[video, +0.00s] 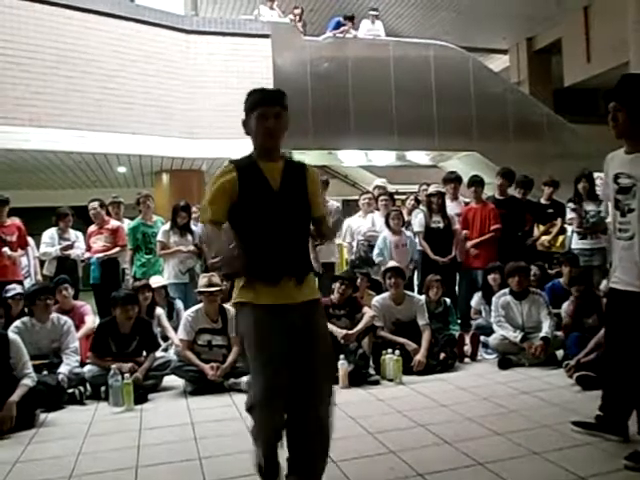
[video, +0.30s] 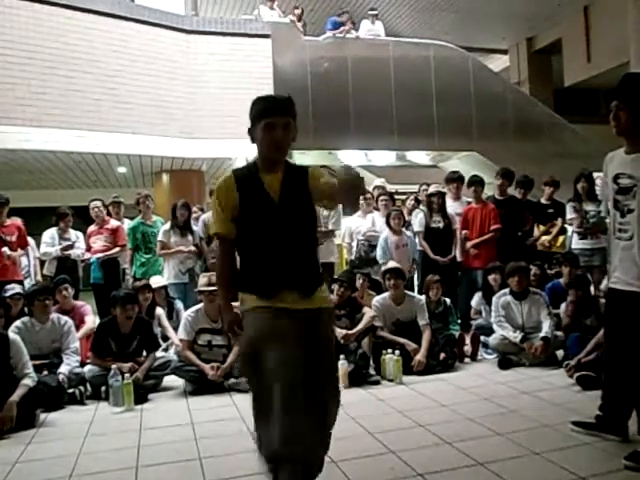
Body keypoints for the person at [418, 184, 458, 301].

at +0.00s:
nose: (436, 200)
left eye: (439, 197)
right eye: (433, 196)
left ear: (443, 200)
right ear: (428, 199)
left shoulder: (449, 217)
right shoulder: (423, 216)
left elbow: (454, 236)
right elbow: (420, 238)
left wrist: (453, 253)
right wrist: (432, 256)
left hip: (448, 259)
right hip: (430, 259)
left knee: (448, 292)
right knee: (428, 291)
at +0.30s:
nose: (437, 200)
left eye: (440, 197)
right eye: (434, 196)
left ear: (443, 199)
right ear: (429, 199)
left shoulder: (449, 216)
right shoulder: (423, 216)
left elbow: (454, 236)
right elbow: (421, 238)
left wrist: (453, 253)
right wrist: (433, 256)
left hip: (448, 259)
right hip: (430, 259)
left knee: (448, 293)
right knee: (429, 292)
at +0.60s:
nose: (437, 200)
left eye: (440, 197)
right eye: (433, 196)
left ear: (443, 199)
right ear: (429, 199)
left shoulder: (449, 216)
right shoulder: (423, 216)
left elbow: (454, 236)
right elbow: (420, 238)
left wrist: (451, 254)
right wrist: (433, 256)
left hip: (447, 259)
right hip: (429, 259)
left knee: (448, 292)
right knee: (429, 291)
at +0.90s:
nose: (436, 200)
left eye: (439, 197)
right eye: (433, 196)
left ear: (443, 199)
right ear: (428, 199)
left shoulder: (448, 216)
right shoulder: (423, 216)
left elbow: (454, 236)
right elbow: (420, 238)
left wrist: (451, 254)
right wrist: (432, 256)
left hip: (447, 259)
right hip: (429, 258)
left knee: (448, 291)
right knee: (429, 290)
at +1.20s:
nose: (438, 199)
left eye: (441, 196)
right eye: (434, 196)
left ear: (444, 199)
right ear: (430, 198)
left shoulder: (448, 217)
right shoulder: (423, 216)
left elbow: (453, 236)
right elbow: (419, 238)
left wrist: (451, 254)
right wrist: (432, 256)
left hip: (447, 259)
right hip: (429, 259)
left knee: (447, 291)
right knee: (428, 290)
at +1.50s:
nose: (437, 201)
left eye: (439, 198)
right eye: (434, 198)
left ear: (443, 200)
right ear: (429, 199)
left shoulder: (448, 217)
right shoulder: (423, 217)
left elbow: (453, 236)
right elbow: (420, 238)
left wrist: (450, 254)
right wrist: (432, 256)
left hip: (446, 260)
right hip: (429, 260)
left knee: (447, 291)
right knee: (428, 290)